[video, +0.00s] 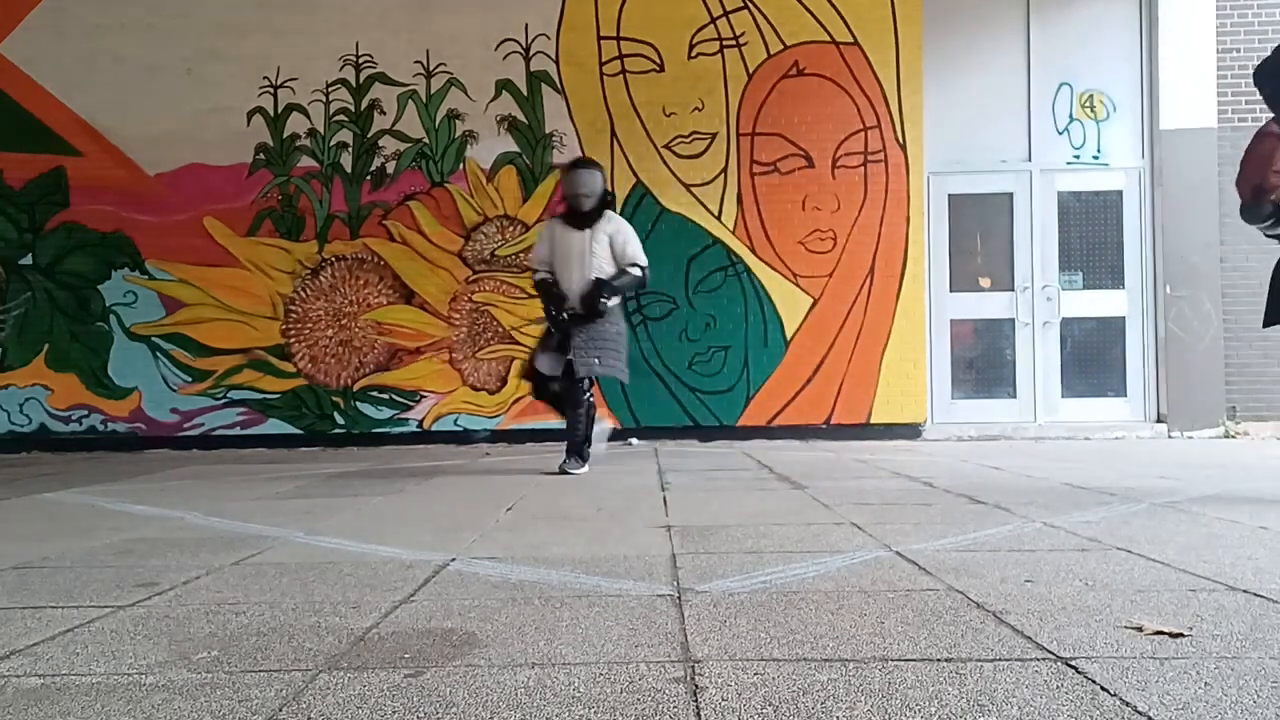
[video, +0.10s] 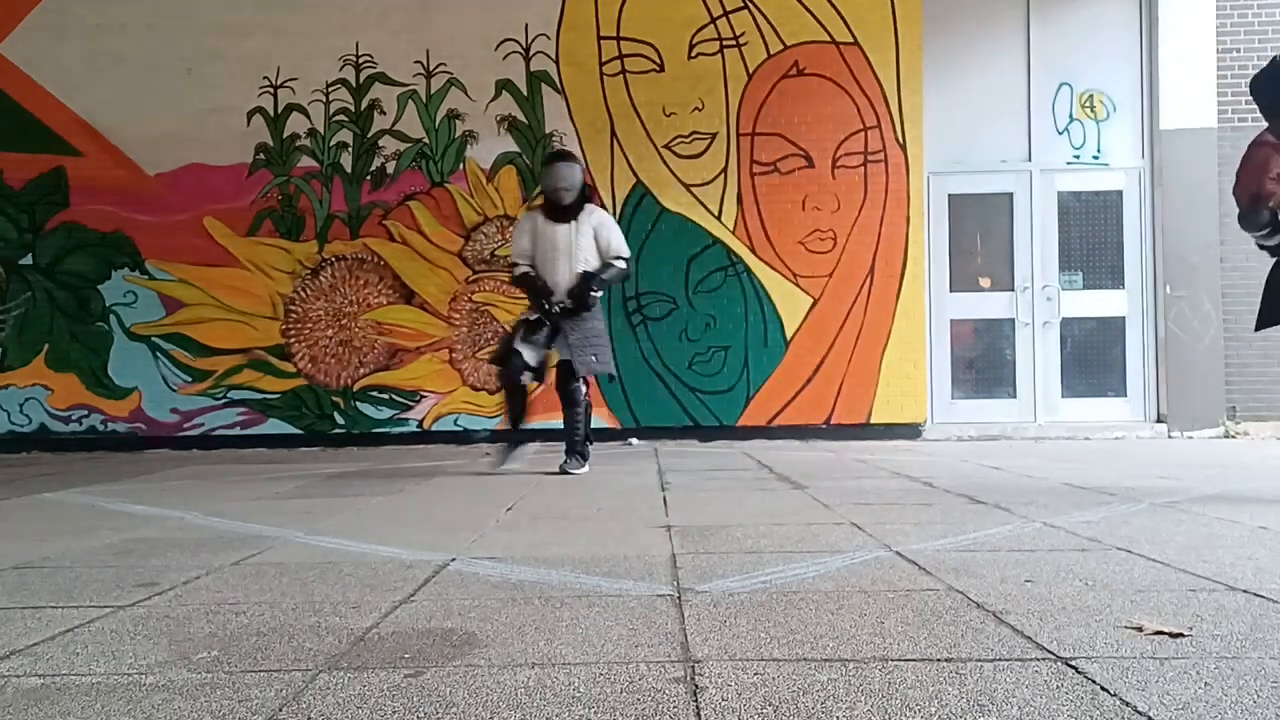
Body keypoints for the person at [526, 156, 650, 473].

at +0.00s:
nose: (582, 197)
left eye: (589, 190)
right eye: (576, 190)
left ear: (601, 190)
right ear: (566, 192)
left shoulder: (615, 226)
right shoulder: (553, 228)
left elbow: (639, 270)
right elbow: (541, 269)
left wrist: (606, 288)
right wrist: (552, 295)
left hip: (598, 320)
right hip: (563, 320)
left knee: (578, 385)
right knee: (542, 382)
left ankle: (576, 455)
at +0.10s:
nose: (561, 196)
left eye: (567, 189)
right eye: (554, 190)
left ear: (581, 186)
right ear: (545, 188)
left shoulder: (597, 219)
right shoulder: (530, 221)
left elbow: (621, 262)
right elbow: (519, 265)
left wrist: (594, 283)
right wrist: (533, 284)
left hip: (581, 314)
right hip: (543, 313)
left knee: (571, 382)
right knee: (512, 368)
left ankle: (576, 453)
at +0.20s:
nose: (544, 199)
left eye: (549, 192)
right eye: (537, 193)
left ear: (560, 189)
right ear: (524, 191)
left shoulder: (578, 221)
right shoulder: (508, 223)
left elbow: (598, 264)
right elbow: (500, 271)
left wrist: (577, 285)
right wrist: (533, 299)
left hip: (564, 315)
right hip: (521, 312)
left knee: (562, 387)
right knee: (487, 373)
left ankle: (575, 454)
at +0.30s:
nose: (530, 199)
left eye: (535, 192)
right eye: (522, 193)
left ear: (542, 192)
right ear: (505, 194)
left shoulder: (556, 231)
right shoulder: (486, 228)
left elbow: (566, 272)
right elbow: (477, 276)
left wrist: (555, 299)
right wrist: (514, 300)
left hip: (539, 323)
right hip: (495, 322)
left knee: (550, 391)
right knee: (463, 386)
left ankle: (574, 454)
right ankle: (421, 449)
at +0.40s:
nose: (510, 198)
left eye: (514, 191)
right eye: (501, 191)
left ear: (521, 193)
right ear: (482, 193)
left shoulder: (519, 234)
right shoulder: (463, 227)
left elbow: (526, 281)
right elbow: (459, 279)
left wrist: (526, 306)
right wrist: (502, 305)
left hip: (508, 326)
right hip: (466, 325)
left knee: (535, 393)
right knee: (447, 396)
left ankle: (568, 453)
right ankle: (412, 461)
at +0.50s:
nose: (490, 197)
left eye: (493, 189)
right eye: (482, 190)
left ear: (495, 188)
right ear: (459, 190)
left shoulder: (480, 228)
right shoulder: (439, 221)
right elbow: (439, 277)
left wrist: (493, 303)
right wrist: (481, 305)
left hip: (467, 324)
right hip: (435, 320)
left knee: (508, 381)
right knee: (436, 394)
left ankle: (523, 447)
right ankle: (411, 461)